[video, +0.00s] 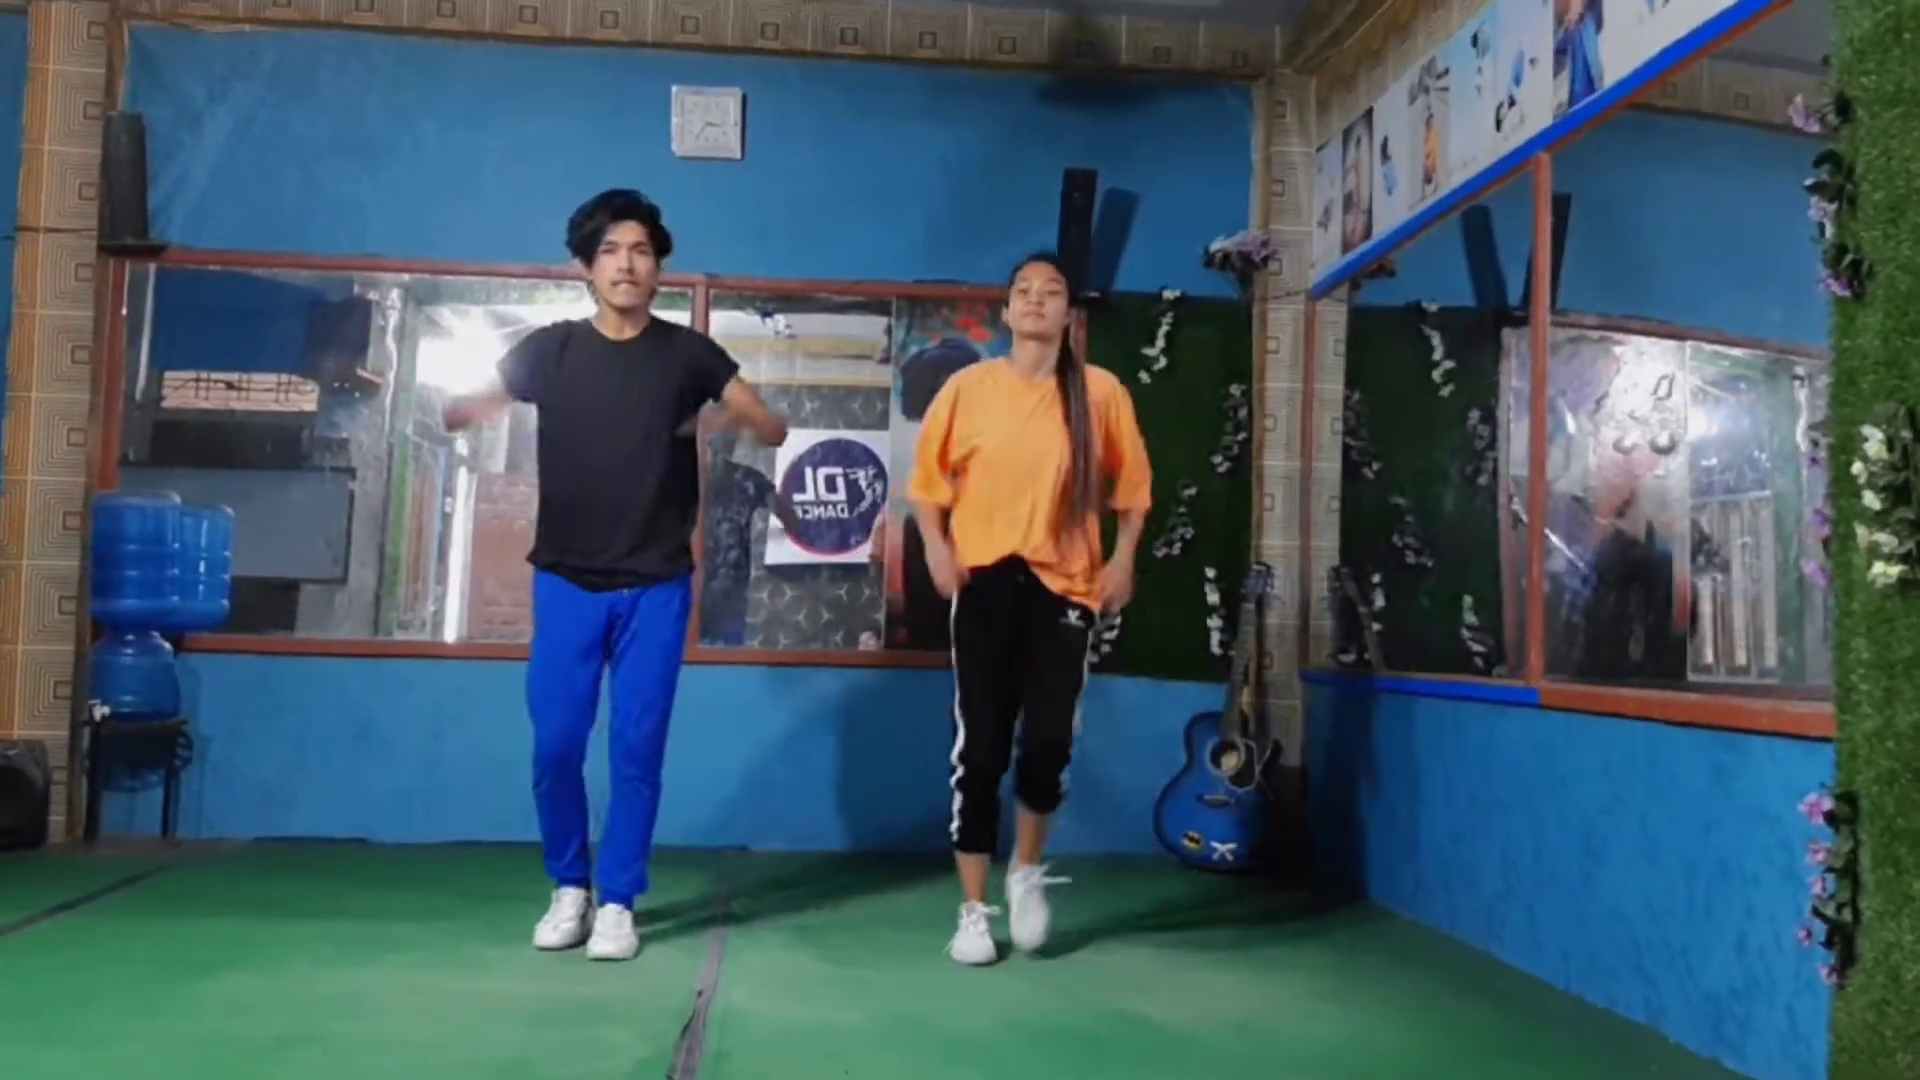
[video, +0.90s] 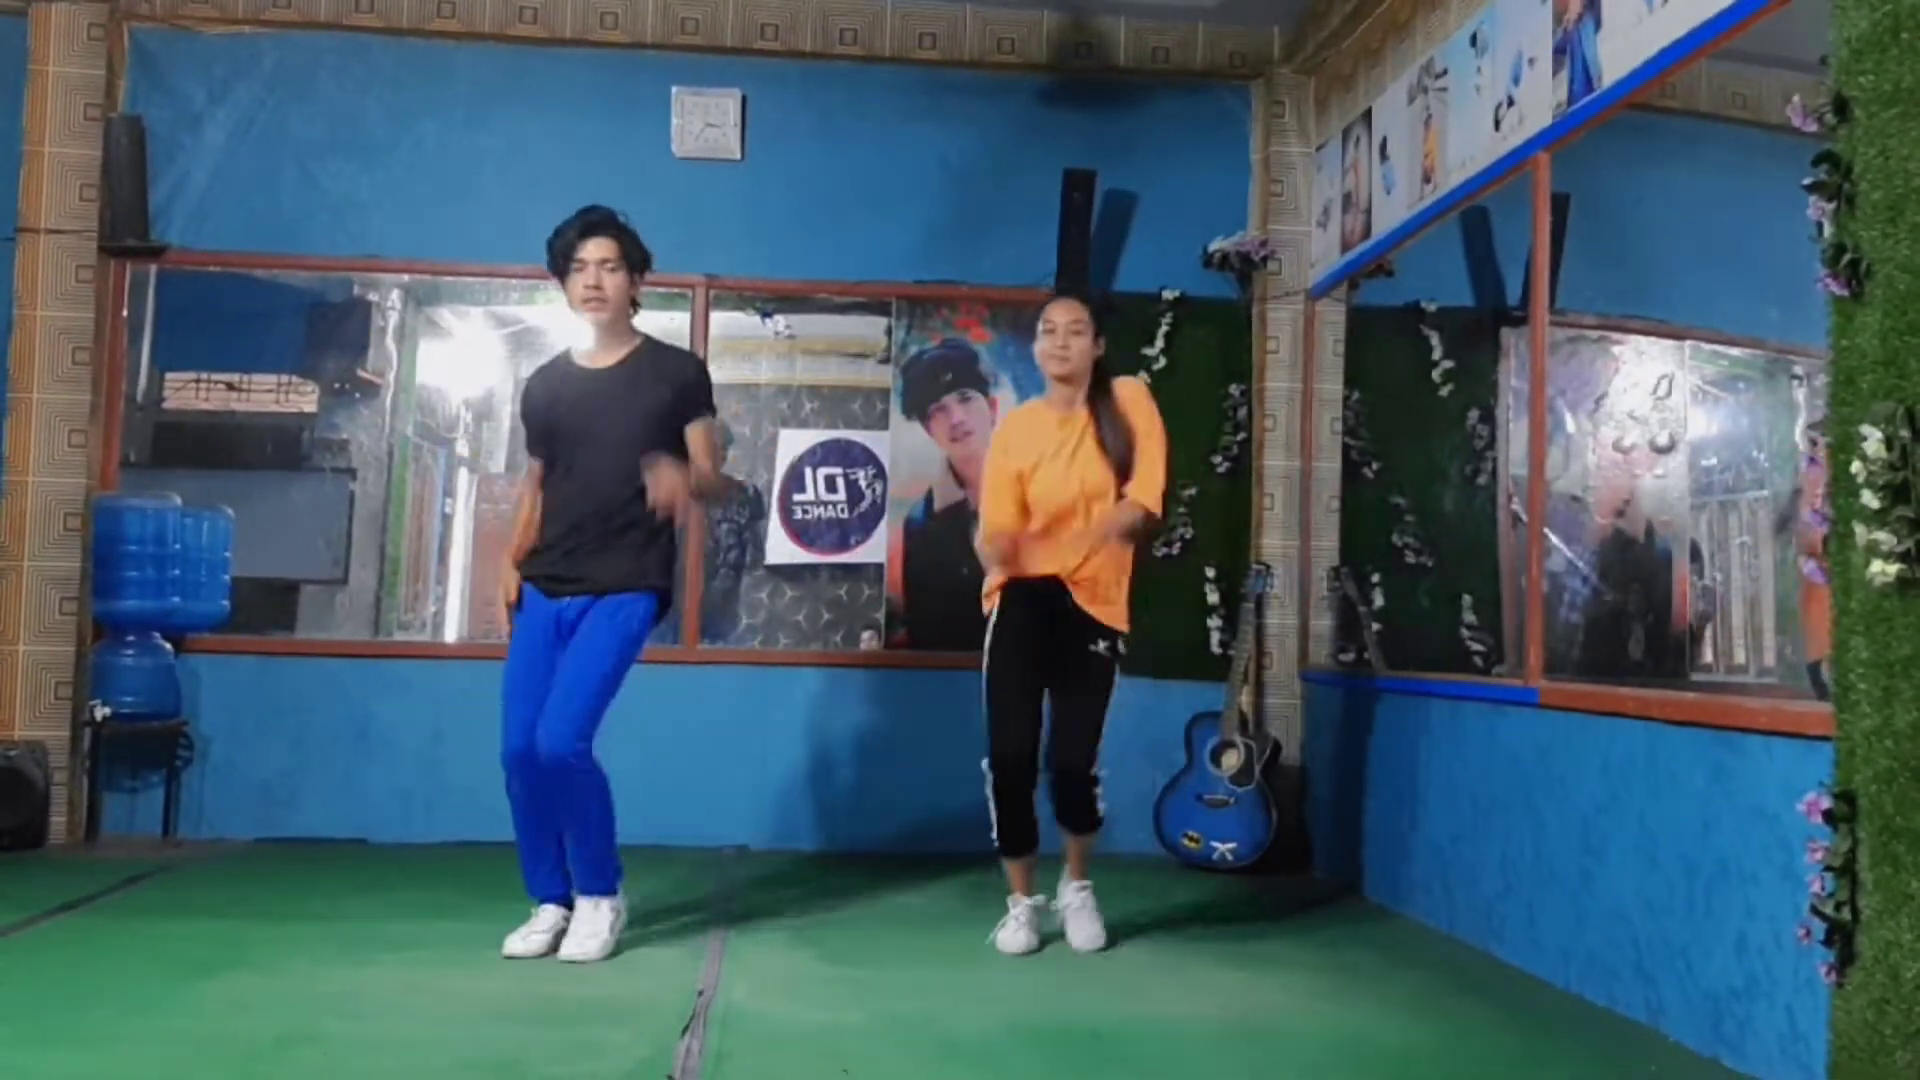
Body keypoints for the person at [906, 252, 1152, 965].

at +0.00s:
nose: (1035, 303)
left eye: (1050, 294)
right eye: (1025, 293)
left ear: (1071, 314)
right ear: (1006, 310)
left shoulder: (1101, 393)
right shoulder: (967, 387)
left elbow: (1133, 487)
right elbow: (924, 482)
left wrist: (1122, 560)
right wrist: (938, 548)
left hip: (1063, 585)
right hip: (982, 580)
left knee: (1048, 744)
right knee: (979, 749)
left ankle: (1027, 870)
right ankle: (974, 908)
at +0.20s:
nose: (1043, 335)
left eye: (1057, 325)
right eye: (1033, 325)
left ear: (1081, 340)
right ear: (1017, 338)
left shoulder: (1113, 415)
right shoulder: (987, 413)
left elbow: (1135, 520)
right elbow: (957, 518)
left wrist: (1171, 513)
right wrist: (937, 514)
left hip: (1081, 597)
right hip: (1001, 592)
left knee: (1082, 750)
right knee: (990, 750)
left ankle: (1045, 863)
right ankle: (977, 909)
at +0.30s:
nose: (1066, 339)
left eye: (1079, 327)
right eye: (1055, 329)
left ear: (1105, 336)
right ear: (1041, 341)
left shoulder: (1137, 415)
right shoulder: (1008, 404)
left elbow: (1180, 513)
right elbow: (938, 485)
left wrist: (1241, 503)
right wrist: (903, 444)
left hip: (1100, 601)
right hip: (1014, 596)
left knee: (1134, 744)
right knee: (976, 745)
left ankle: (1103, 846)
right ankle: (981, 905)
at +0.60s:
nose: (1102, 336)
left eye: (1114, 322)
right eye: (1089, 325)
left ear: (1137, 331)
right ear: (1074, 337)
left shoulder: (1170, 410)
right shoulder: (1043, 394)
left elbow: (1233, 506)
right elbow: (969, 464)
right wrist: (962, 429)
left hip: (1123, 597)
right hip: (1040, 588)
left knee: (1145, 759)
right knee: (976, 691)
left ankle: (1155, 900)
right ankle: (1002, 846)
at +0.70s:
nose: (1096, 317)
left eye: (1109, 305)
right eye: (1083, 305)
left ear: (1131, 315)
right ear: (1068, 316)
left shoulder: (1157, 383)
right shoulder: (1032, 375)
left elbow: (1234, 448)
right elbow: (948, 416)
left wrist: (1154, 427)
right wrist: (1016, 459)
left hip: (1112, 571)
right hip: (1028, 563)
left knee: (1126, 721)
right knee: (994, 687)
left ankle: (1114, 862)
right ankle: (1011, 834)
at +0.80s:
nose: (1084, 323)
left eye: (1097, 311)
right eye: (1071, 312)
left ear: (1119, 323)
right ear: (1055, 324)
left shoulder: (1147, 391)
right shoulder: (1029, 401)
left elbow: (1165, 486)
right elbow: (989, 508)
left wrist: (1114, 447)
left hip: (1106, 582)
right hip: (1029, 578)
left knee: (1075, 746)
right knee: (1019, 743)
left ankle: (1070, 890)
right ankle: (1018, 899)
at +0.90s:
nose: (1060, 343)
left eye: (1073, 332)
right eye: (1049, 333)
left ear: (1097, 347)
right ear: (1035, 348)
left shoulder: (1128, 399)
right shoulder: (1016, 426)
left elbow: (1150, 482)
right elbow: (996, 526)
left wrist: (1128, 512)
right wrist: (997, 548)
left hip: (1094, 601)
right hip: (1020, 600)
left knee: (1072, 764)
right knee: (1009, 758)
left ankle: (1076, 888)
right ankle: (1021, 901)